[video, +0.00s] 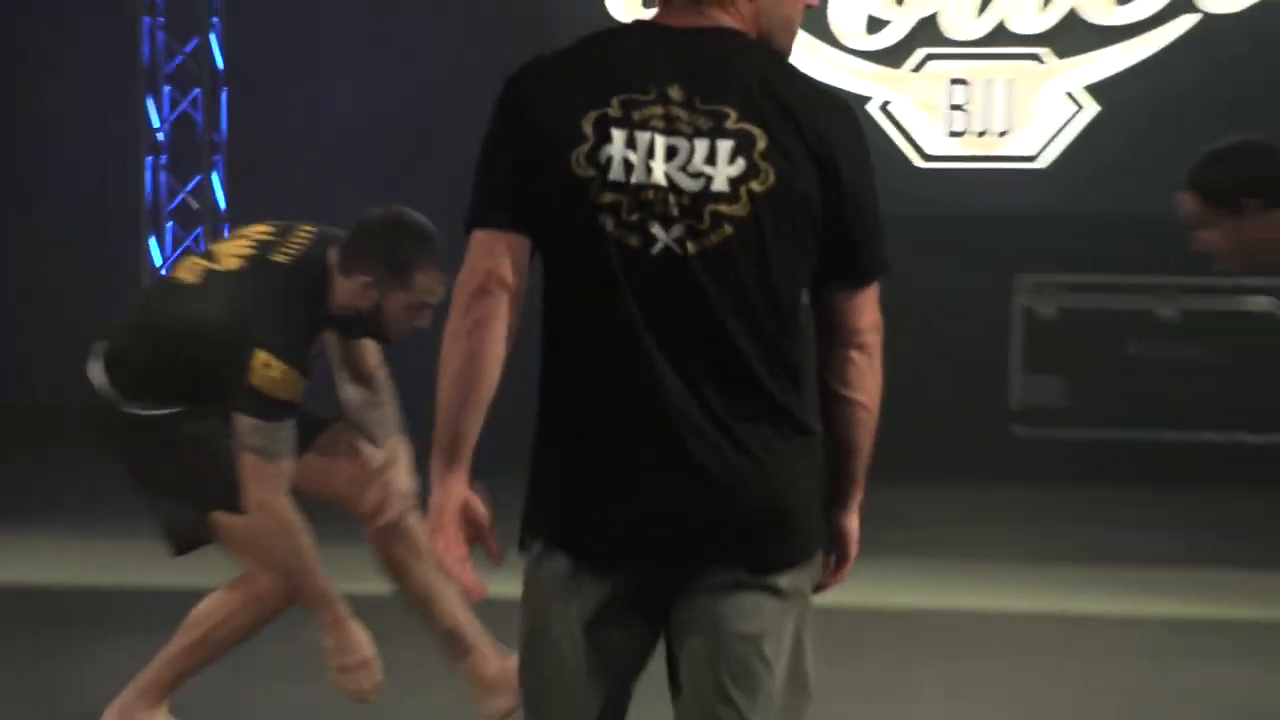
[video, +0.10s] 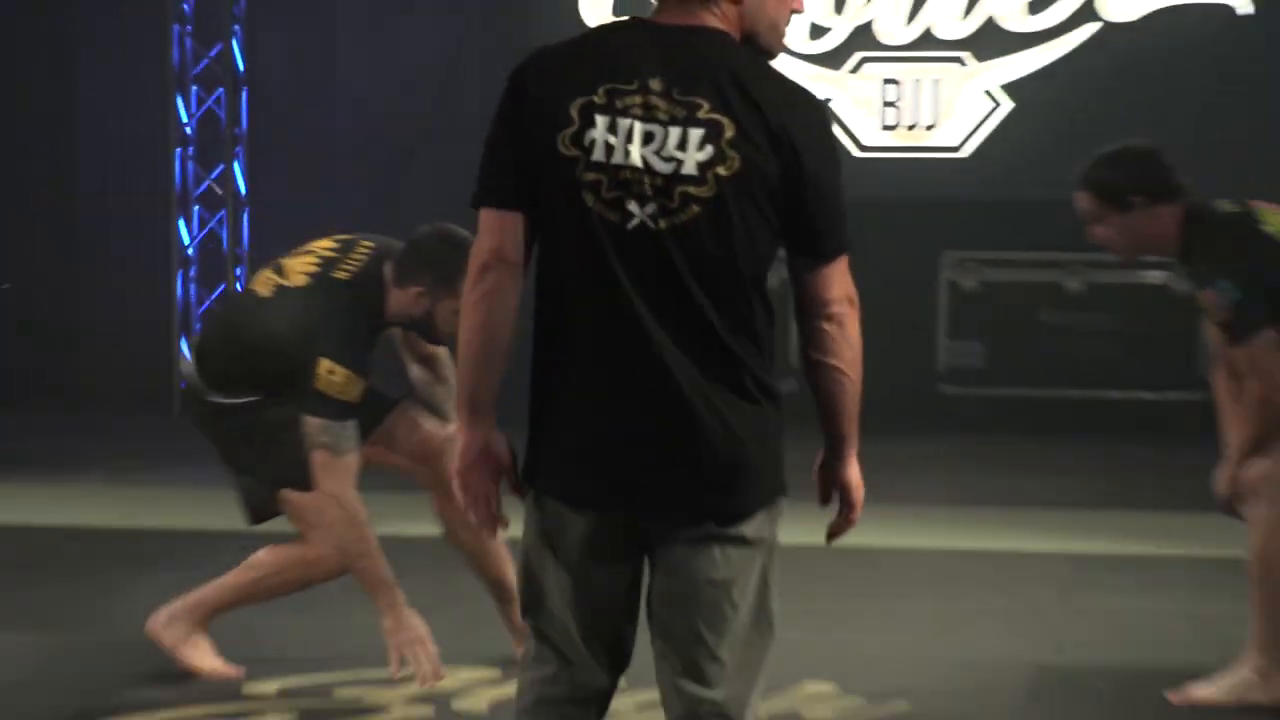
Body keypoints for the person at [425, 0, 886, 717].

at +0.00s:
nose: (806, 10)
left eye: (807, 0)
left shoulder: (545, 88)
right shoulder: (822, 118)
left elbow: (488, 282)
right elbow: (857, 338)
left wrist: (452, 472)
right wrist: (846, 498)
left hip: (587, 494)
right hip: (756, 506)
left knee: (560, 708)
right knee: (743, 706)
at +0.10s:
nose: (799, 6)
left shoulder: (546, 79)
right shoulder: (790, 112)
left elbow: (495, 261)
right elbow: (830, 307)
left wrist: (475, 421)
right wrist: (843, 446)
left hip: (576, 440)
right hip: (720, 451)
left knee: (558, 689)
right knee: (709, 698)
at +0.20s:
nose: (785, 11)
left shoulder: (543, 75)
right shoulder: (757, 111)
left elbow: (487, 250)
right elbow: (812, 290)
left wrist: (489, 384)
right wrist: (838, 417)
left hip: (568, 411)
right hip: (698, 422)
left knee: (562, 632)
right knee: (693, 662)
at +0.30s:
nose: (753, 28)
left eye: (755, 11)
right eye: (744, 10)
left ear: (656, 12)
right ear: (693, 11)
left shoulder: (539, 90)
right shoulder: (721, 126)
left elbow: (489, 247)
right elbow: (779, 288)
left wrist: (503, 342)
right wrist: (815, 401)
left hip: (564, 392)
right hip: (678, 403)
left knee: (567, 599)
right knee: (677, 615)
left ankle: (559, 711)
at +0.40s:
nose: (720, 62)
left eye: (721, 44)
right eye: (712, 43)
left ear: (639, 42)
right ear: (659, 45)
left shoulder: (527, 123)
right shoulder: (690, 148)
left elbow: (495, 265)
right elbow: (729, 300)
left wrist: (513, 341)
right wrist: (773, 397)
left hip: (554, 404)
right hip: (656, 409)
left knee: (570, 595)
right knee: (658, 600)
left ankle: (579, 717)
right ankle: (652, 717)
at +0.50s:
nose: (697, 79)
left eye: (698, 63)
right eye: (687, 62)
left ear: (618, 66)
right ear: (637, 64)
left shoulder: (513, 139)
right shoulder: (664, 157)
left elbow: (490, 274)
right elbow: (693, 304)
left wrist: (527, 354)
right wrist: (731, 396)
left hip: (543, 401)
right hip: (638, 407)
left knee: (570, 593)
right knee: (651, 591)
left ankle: (574, 715)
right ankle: (645, 710)